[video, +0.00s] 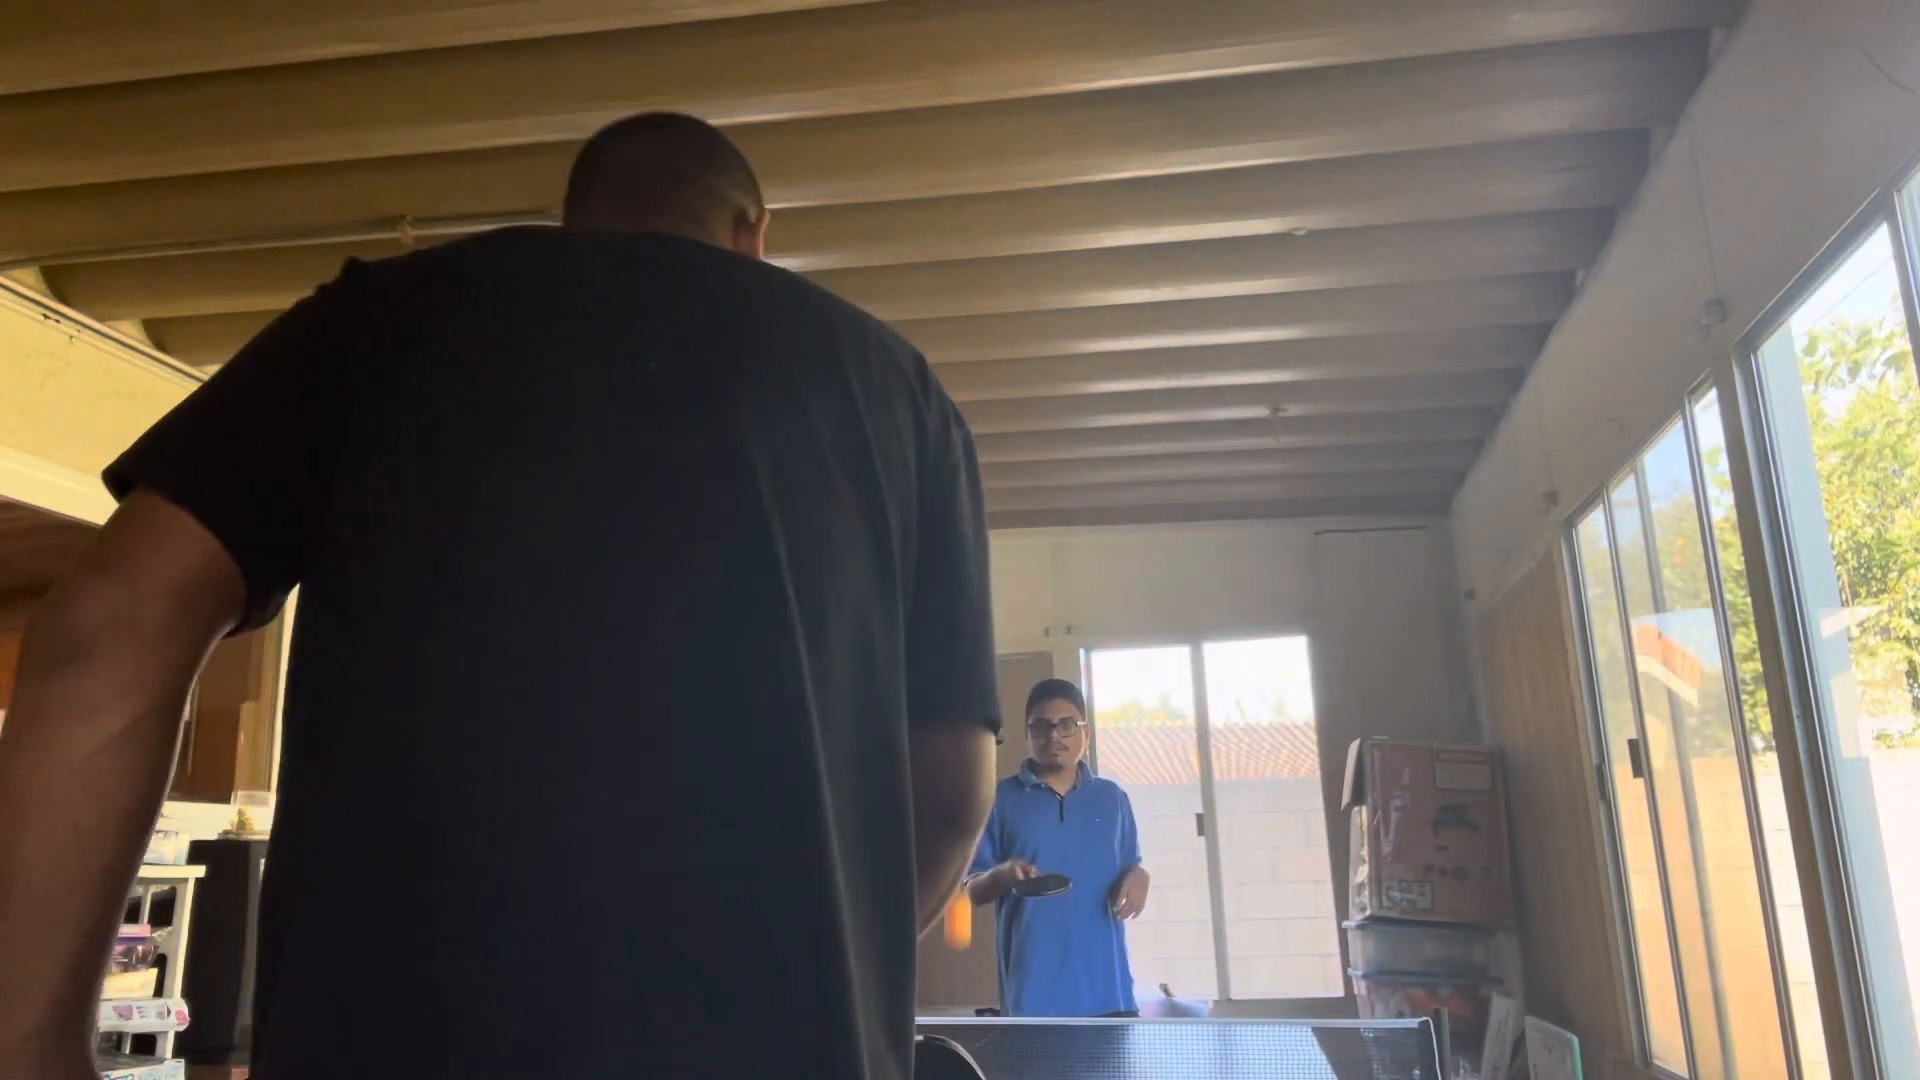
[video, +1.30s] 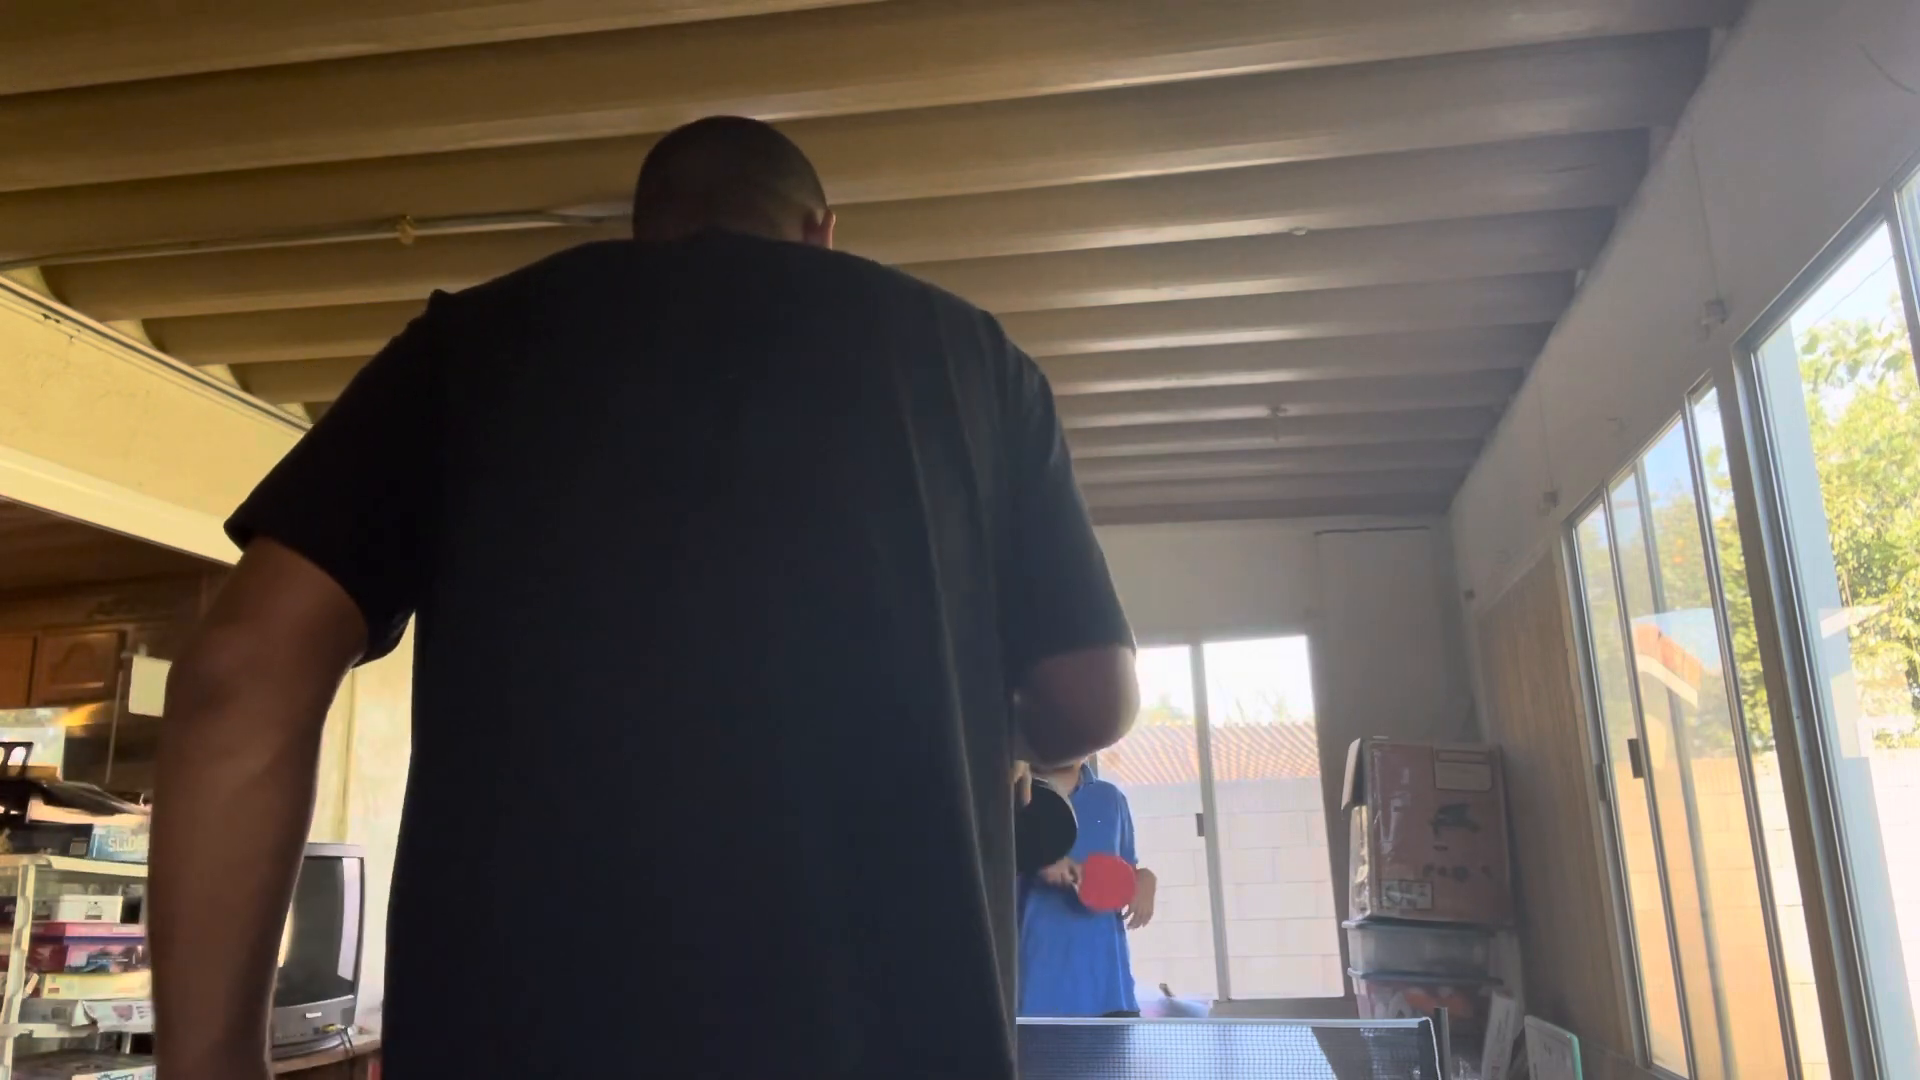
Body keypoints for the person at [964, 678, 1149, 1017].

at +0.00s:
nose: (1054, 736)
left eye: (1066, 724)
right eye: (1042, 726)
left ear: (1085, 733)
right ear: (1027, 733)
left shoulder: (1111, 798)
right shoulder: (1003, 799)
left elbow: (1128, 871)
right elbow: (972, 891)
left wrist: (1140, 876)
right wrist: (1002, 875)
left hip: (1106, 989)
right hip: (1033, 993)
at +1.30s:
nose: (1069, 746)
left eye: (1078, 737)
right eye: (1058, 736)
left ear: (1091, 742)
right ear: (1029, 736)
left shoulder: (1110, 800)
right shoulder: (1011, 796)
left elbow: (1124, 875)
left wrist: (1145, 878)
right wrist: (1036, 859)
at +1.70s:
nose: (1084, 755)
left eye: (1091, 744)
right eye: (1071, 744)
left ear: (1098, 746)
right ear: (1042, 746)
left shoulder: (1108, 801)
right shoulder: (1019, 799)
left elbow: (1114, 884)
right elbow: (985, 876)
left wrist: (1168, 878)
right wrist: (1071, 853)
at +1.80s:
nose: (1084, 746)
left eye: (1091, 736)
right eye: (1070, 736)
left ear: (1100, 739)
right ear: (1038, 737)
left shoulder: (1105, 801)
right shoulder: (1013, 800)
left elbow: (1118, 882)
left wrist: (1169, 876)